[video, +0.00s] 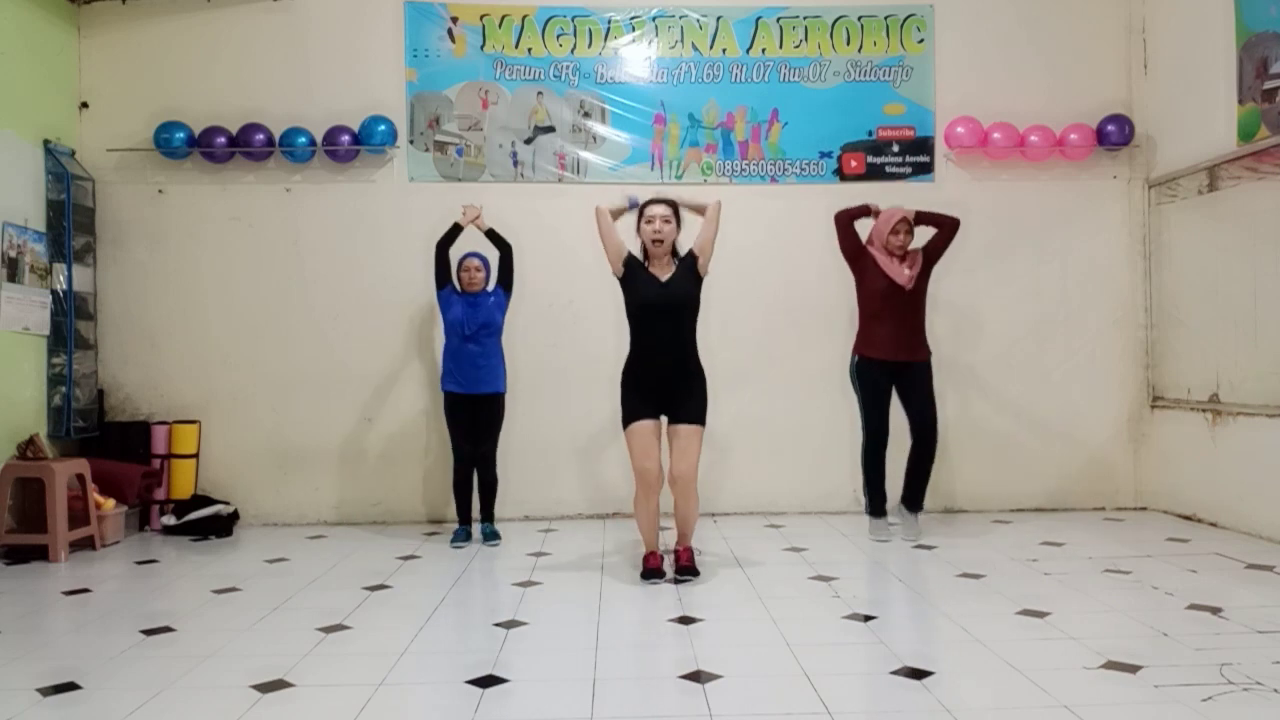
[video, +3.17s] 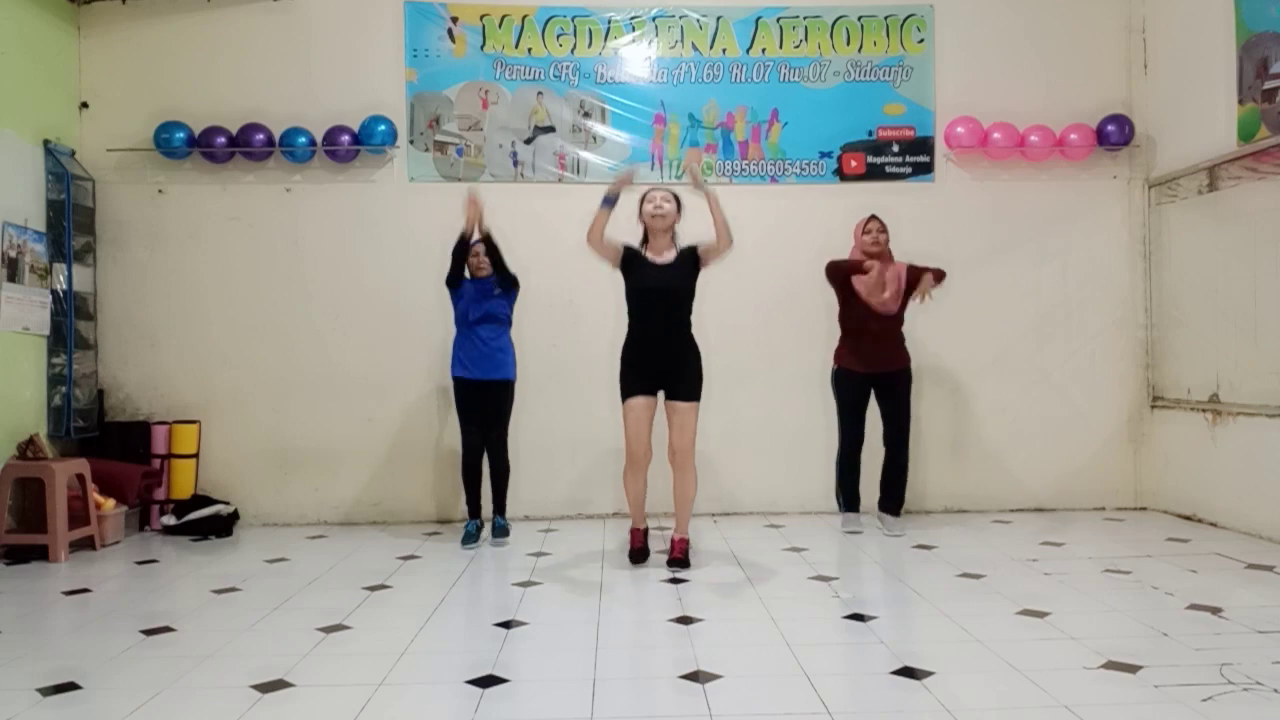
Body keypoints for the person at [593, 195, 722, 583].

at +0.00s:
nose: (657, 226)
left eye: (666, 221)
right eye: (649, 221)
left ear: (677, 230)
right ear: (639, 230)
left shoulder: (692, 268)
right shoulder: (628, 270)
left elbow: (714, 208)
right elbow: (600, 213)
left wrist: (673, 200)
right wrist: (627, 206)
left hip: (687, 380)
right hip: (641, 381)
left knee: (683, 475)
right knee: (647, 473)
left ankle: (684, 548)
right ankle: (651, 553)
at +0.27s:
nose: (657, 185)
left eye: (665, 180)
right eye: (650, 180)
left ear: (676, 191)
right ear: (639, 191)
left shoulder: (689, 231)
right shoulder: (631, 232)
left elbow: (701, 229)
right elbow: (615, 233)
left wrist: (699, 225)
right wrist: (613, 227)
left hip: (686, 339)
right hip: (641, 339)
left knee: (686, 435)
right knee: (644, 436)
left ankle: (683, 528)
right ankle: (648, 527)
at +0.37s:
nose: (657, 201)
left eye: (665, 195)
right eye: (649, 195)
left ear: (676, 206)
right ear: (639, 206)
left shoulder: (695, 252)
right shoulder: (623, 254)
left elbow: (703, 284)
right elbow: (612, 290)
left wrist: (694, 312)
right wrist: (619, 318)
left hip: (686, 351)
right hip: (641, 351)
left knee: (685, 447)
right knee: (643, 449)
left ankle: (682, 539)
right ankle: (643, 538)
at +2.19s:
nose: (648, 218)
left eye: (656, 212)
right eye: (643, 215)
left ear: (676, 225)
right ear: (639, 227)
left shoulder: (693, 269)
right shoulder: (631, 270)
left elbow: (705, 267)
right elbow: (620, 277)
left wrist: (690, 253)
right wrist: (633, 259)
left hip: (684, 371)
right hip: (639, 371)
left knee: (683, 465)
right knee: (638, 465)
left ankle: (678, 548)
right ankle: (645, 547)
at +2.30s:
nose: (641, 219)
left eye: (651, 213)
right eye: (639, 214)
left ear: (673, 223)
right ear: (640, 224)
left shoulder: (693, 266)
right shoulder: (632, 267)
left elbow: (708, 234)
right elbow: (615, 242)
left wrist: (682, 192)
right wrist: (629, 204)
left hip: (685, 368)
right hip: (642, 367)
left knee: (684, 462)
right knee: (636, 442)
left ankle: (679, 547)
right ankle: (644, 524)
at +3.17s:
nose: (658, 204)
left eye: (666, 202)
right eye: (650, 202)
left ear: (677, 216)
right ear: (641, 215)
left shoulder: (691, 256)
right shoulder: (629, 256)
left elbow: (724, 241)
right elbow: (595, 239)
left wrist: (705, 189)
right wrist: (614, 191)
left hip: (682, 360)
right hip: (639, 360)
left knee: (681, 453)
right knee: (637, 453)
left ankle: (680, 537)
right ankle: (637, 530)